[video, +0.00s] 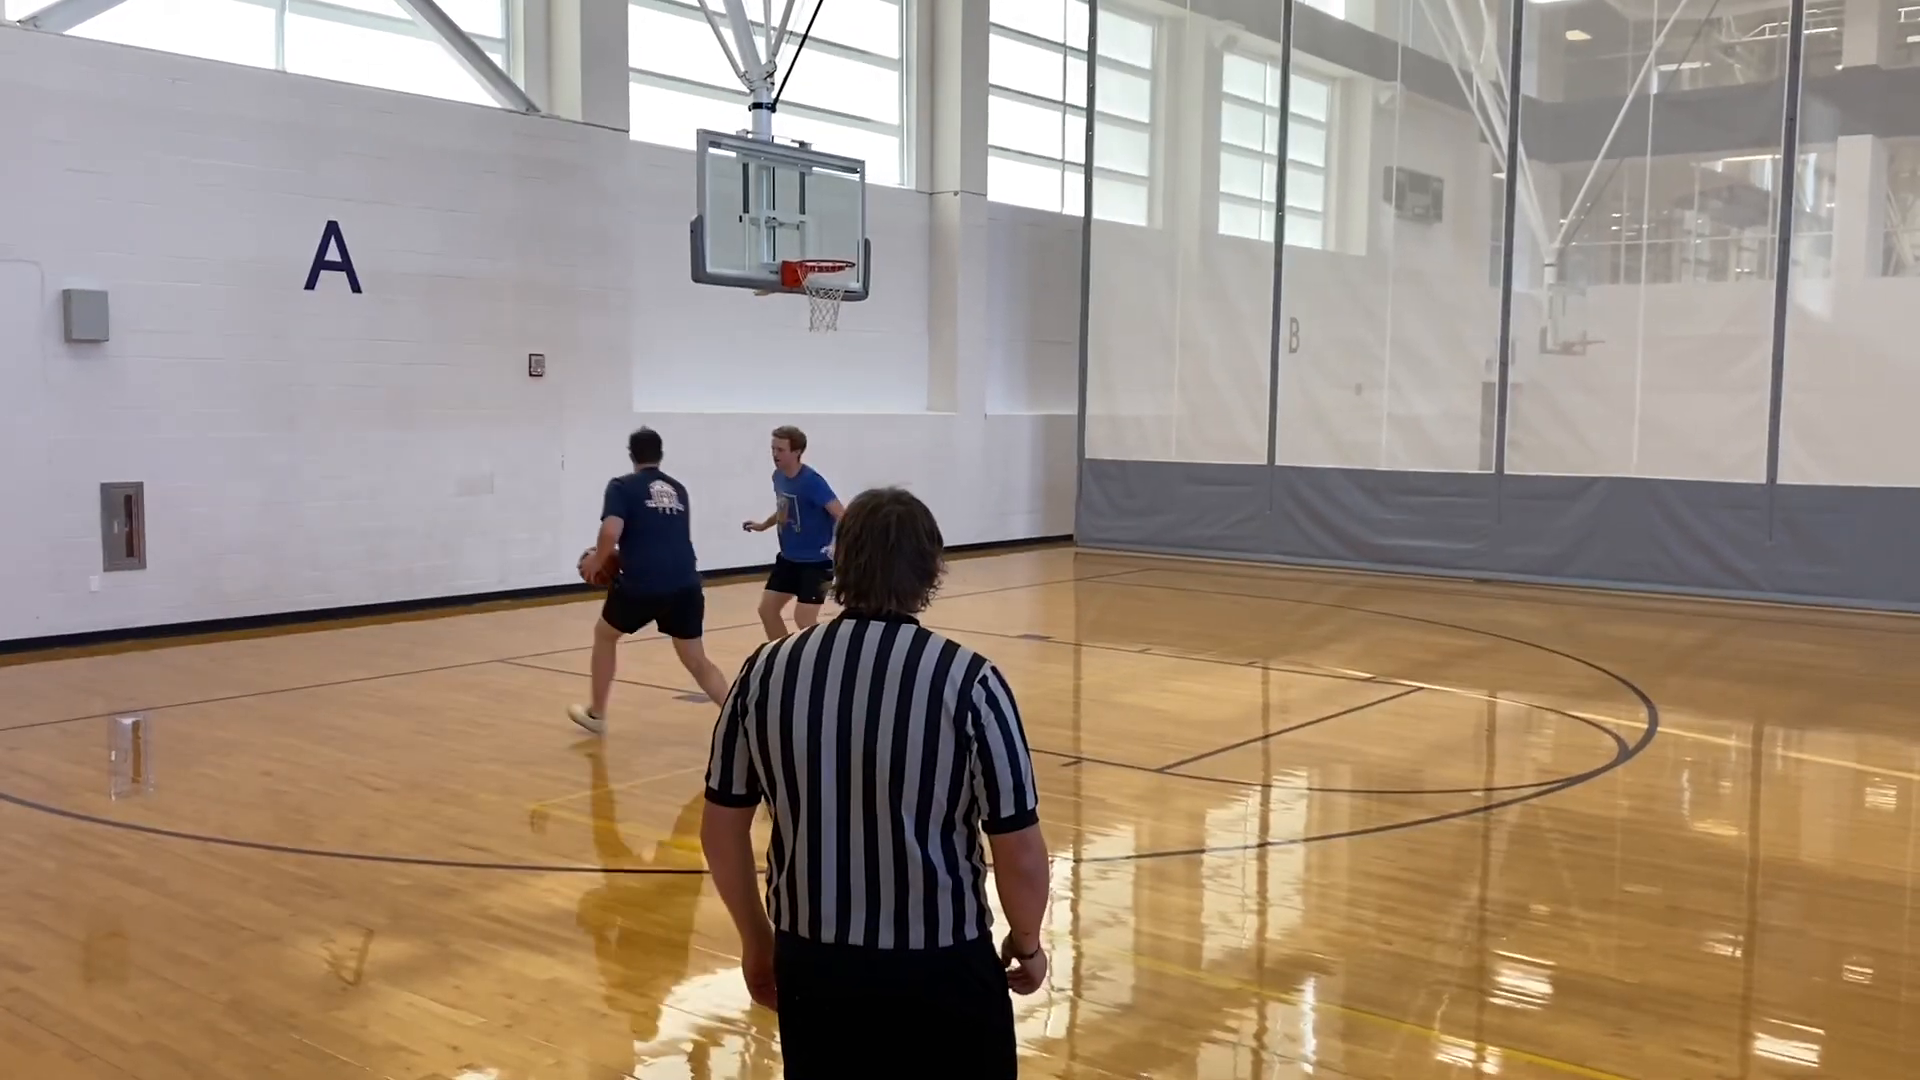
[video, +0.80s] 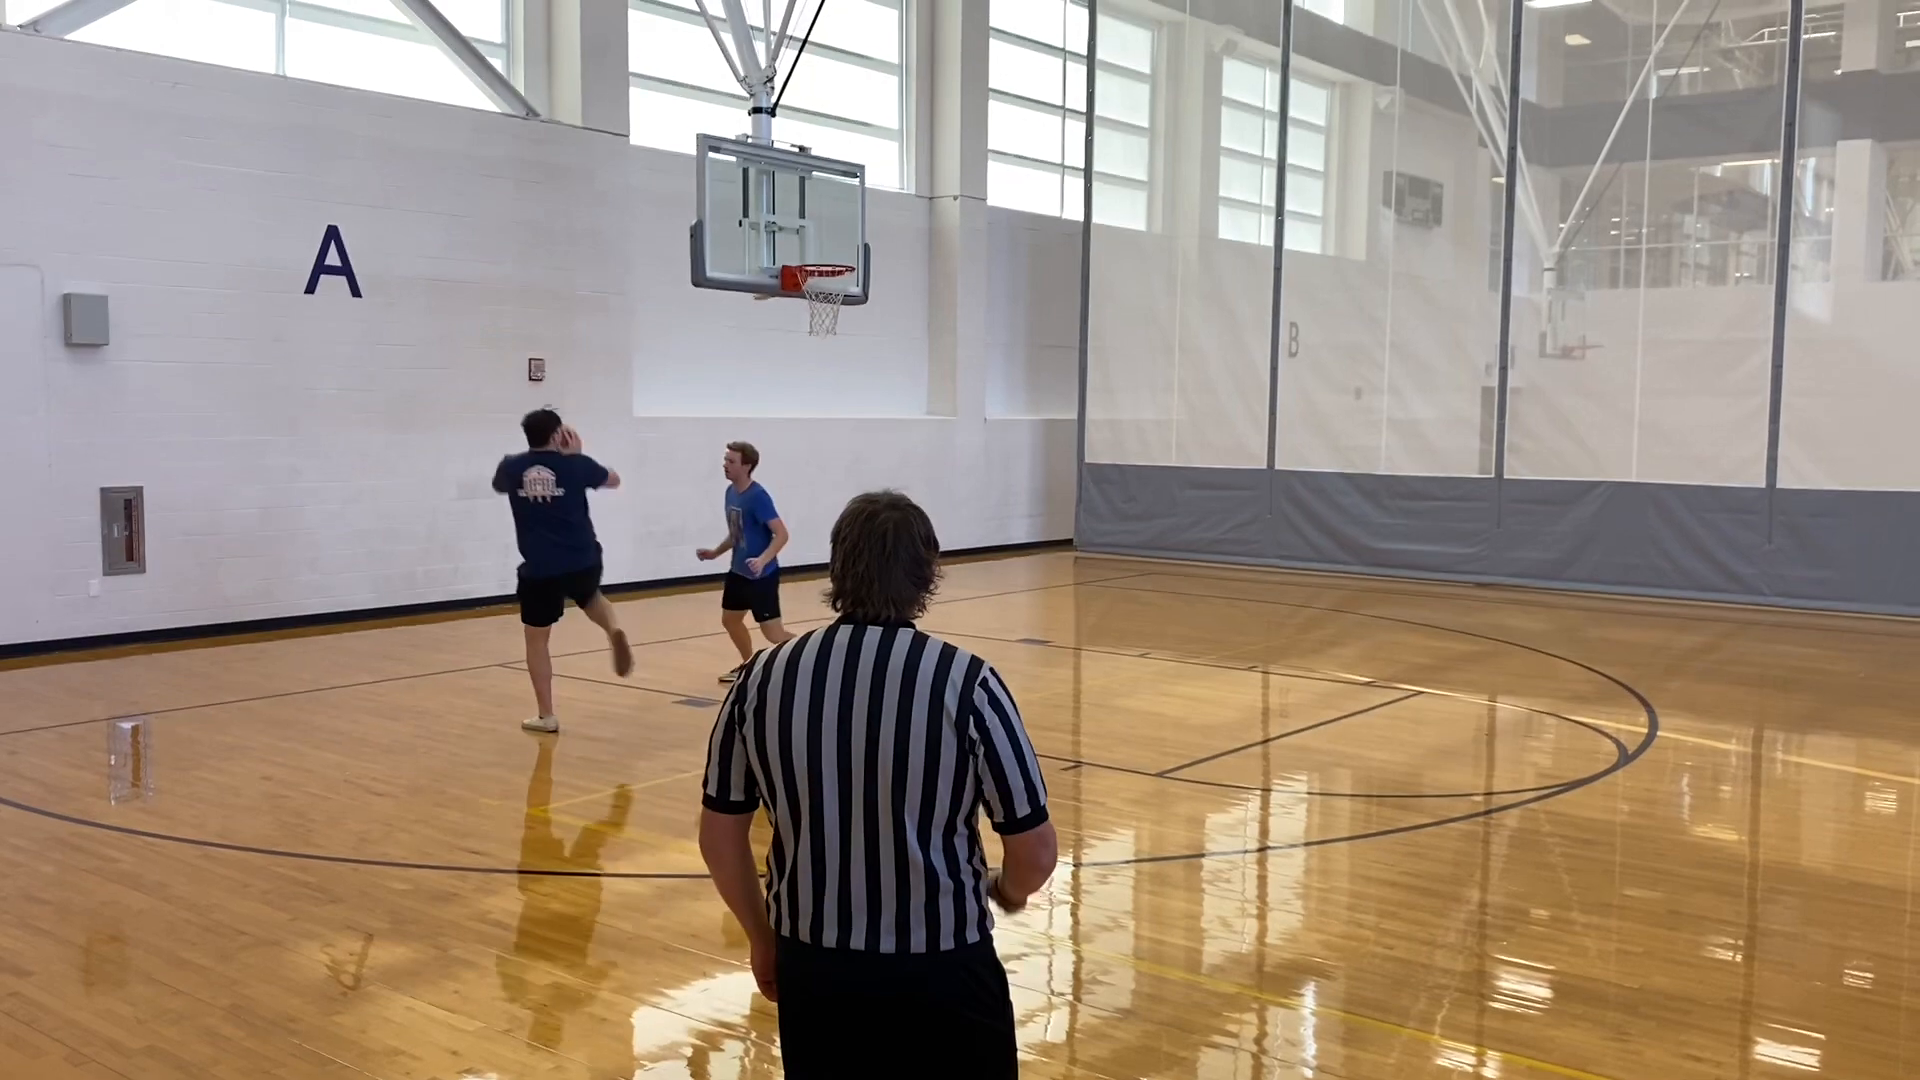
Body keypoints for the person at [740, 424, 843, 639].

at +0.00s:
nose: (774, 455)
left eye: (780, 450)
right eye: (773, 449)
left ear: (797, 452)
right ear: (772, 449)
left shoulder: (813, 482)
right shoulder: (778, 477)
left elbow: (843, 517)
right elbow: (785, 510)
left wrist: (840, 548)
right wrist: (763, 526)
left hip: (816, 563)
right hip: (788, 560)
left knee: (805, 619)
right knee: (767, 610)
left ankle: (819, 668)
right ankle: (787, 664)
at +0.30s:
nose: (759, 461)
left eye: (764, 456)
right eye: (758, 455)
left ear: (781, 459)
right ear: (759, 457)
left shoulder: (795, 487)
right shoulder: (767, 488)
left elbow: (822, 524)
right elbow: (771, 528)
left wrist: (810, 550)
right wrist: (753, 545)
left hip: (802, 570)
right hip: (774, 567)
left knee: (794, 627)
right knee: (746, 610)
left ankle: (800, 676)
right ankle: (754, 663)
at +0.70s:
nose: (732, 466)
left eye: (737, 462)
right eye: (732, 461)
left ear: (753, 467)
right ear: (745, 466)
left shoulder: (766, 496)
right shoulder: (739, 494)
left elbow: (790, 534)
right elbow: (745, 536)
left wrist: (772, 560)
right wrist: (724, 556)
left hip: (772, 577)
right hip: (746, 573)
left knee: (782, 634)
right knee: (733, 620)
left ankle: (807, 674)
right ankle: (747, 662)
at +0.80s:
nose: (725, 465)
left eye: (730, 461)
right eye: (725, 460)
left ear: (747, 466)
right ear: (732, 464)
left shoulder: (758, 497)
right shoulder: (731, 493)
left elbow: (782, 534)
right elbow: (736, 533)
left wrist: (763, 559)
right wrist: (715, 552)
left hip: (763, 577)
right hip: (738, 574)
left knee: (774, 633)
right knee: (731, 621)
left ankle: (814, 655)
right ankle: (750, 665)